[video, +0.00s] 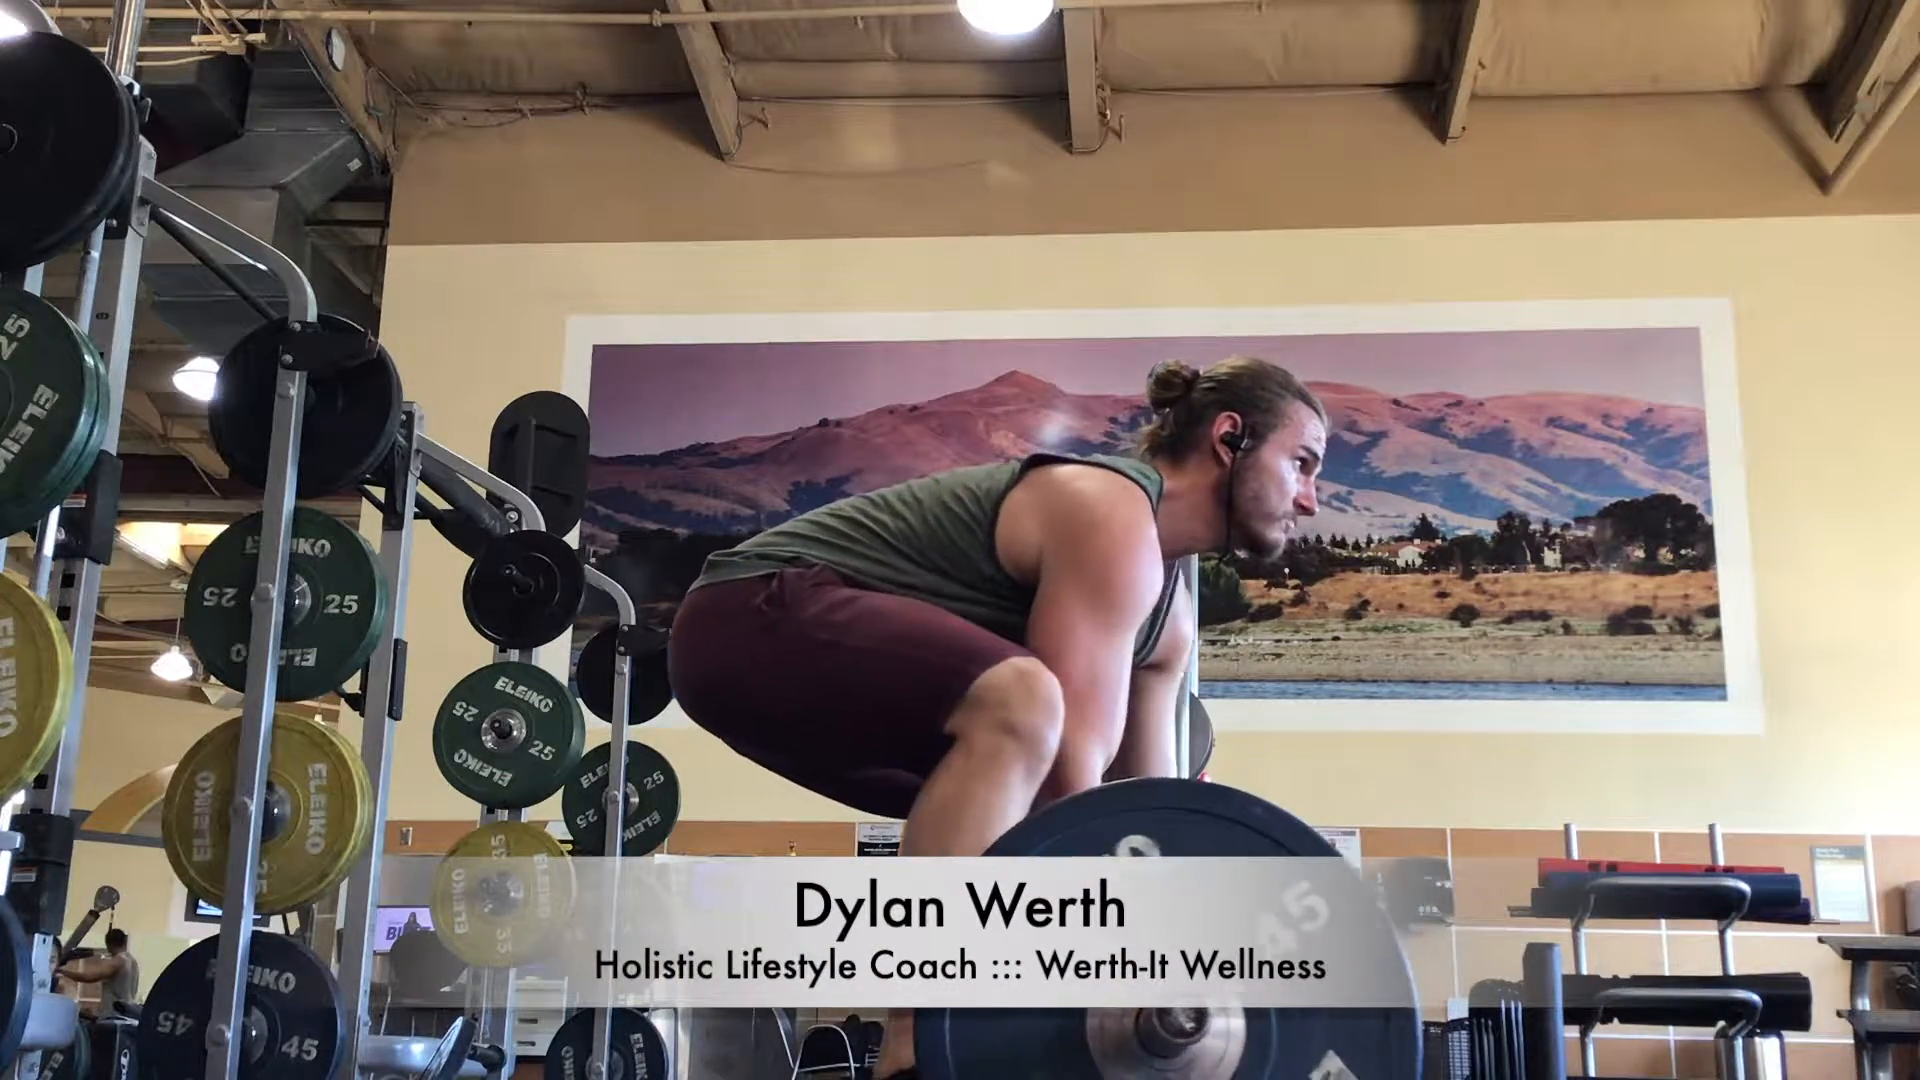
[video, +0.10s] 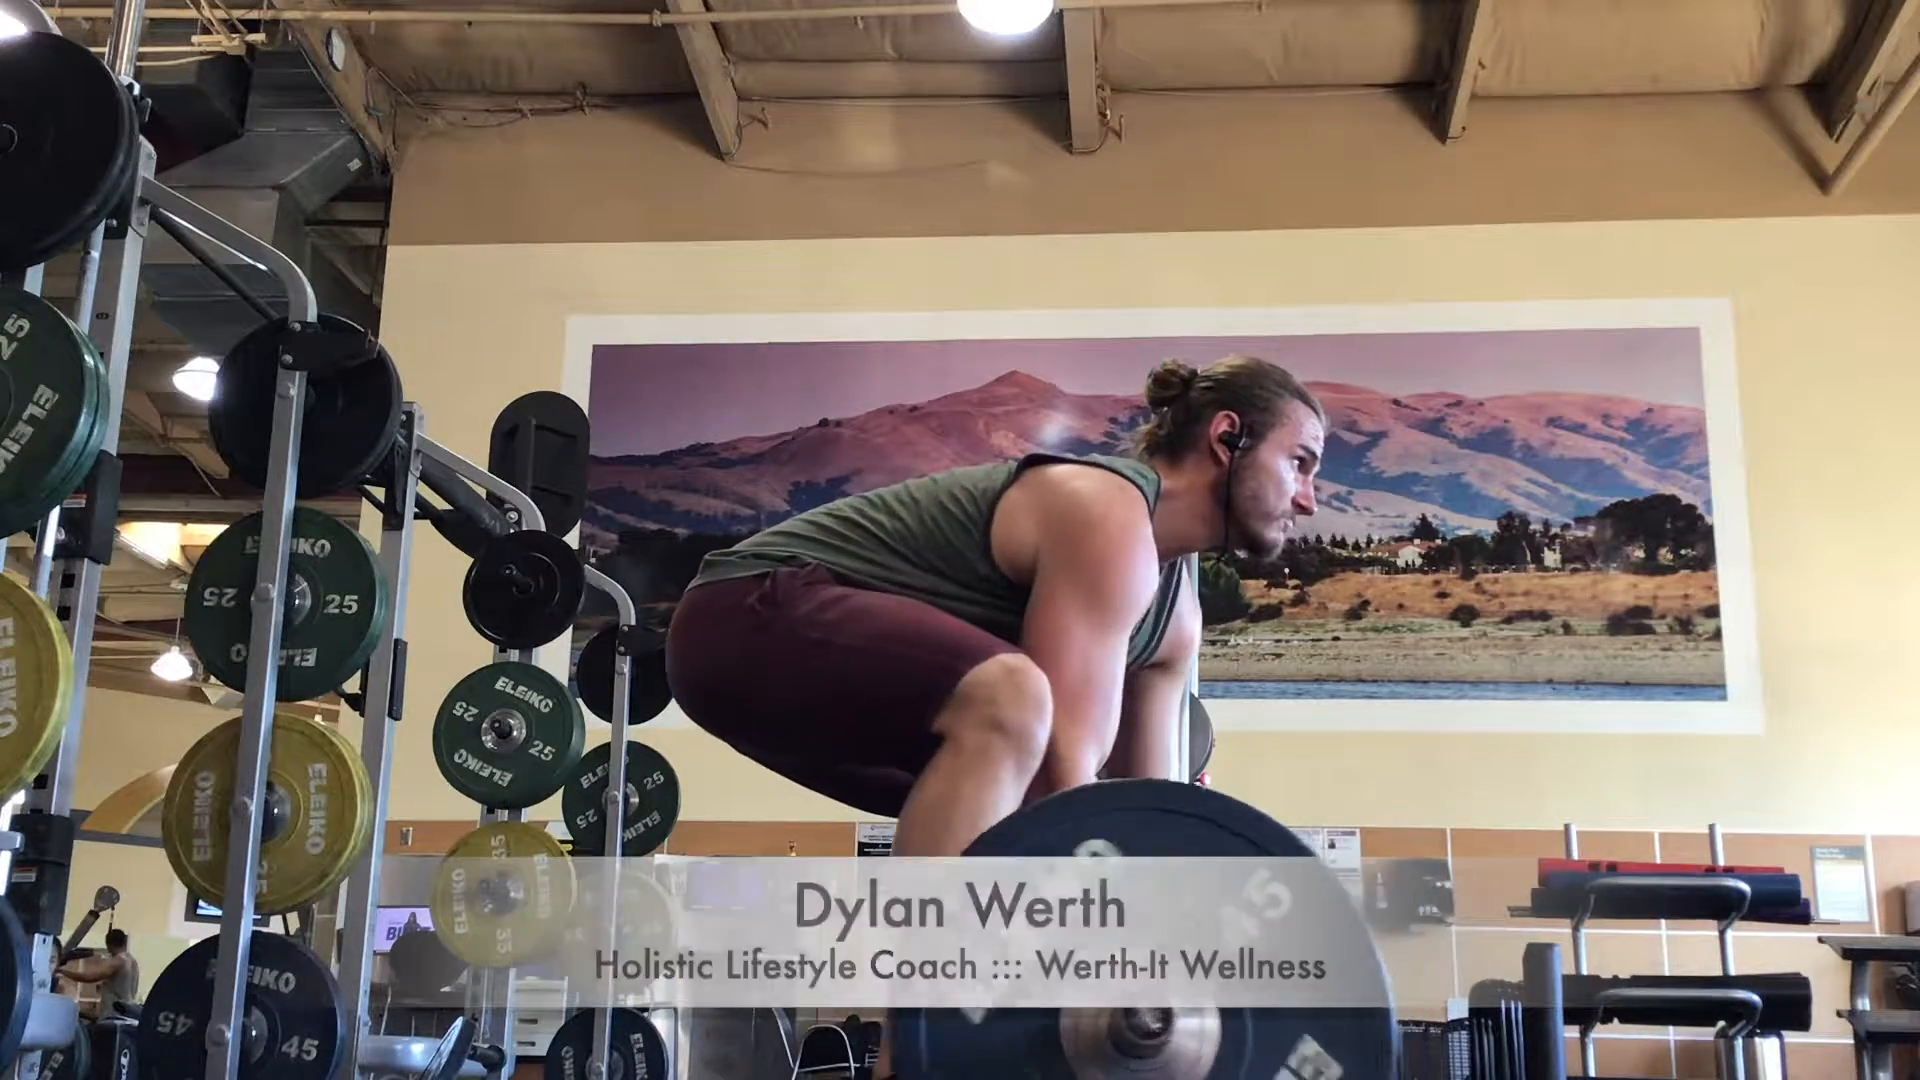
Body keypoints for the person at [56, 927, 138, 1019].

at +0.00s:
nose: (107, 947)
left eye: (108, 943)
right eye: (107, 943)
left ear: (109, 944)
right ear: (124, 942)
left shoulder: (118, 961)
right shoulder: (132, 962)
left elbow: (89, 978)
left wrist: (62, 971)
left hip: (111, 1016)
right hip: (126, 1016)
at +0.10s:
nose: (108, 946)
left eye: (108, 943)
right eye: (108, 943)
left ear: (109, 944)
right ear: (124, 943)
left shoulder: (119, 961)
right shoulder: (132, 962)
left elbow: (89, 978)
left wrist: (62, 971)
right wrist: (104, 987)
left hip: (111, 1016)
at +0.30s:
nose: (108, 947)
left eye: (108, 944)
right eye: (107, 944)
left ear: (109, 944)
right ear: (124, 943)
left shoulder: (119, 961)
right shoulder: (132, 962)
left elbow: (88, 977)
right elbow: (117, 985)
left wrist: (61, 971)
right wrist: (93, 990)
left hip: (111, 1018)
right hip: (126, 1018)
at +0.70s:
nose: (107, 950)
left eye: (107, 947)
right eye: (106, 947)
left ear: (110, 946)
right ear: (123, 944)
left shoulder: (119, 961)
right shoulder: (131, 962)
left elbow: (89, 977)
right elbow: (110, 988)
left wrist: (60, 971)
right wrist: (83, 987)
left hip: (111, 1018)